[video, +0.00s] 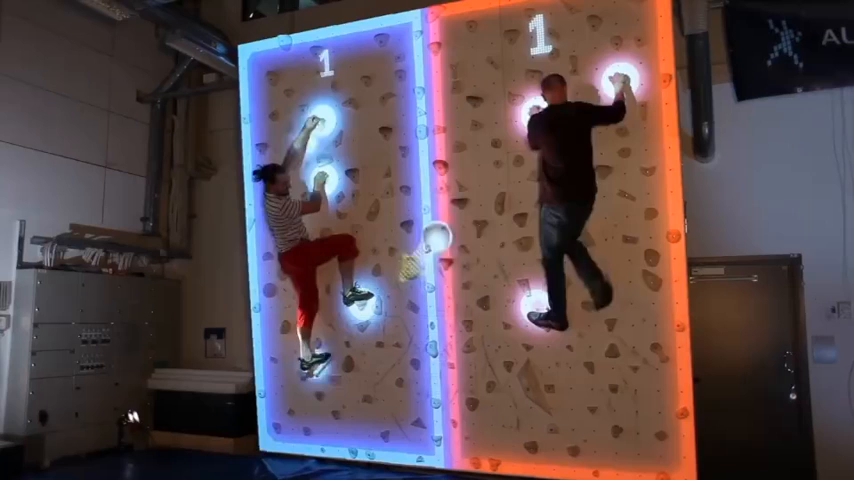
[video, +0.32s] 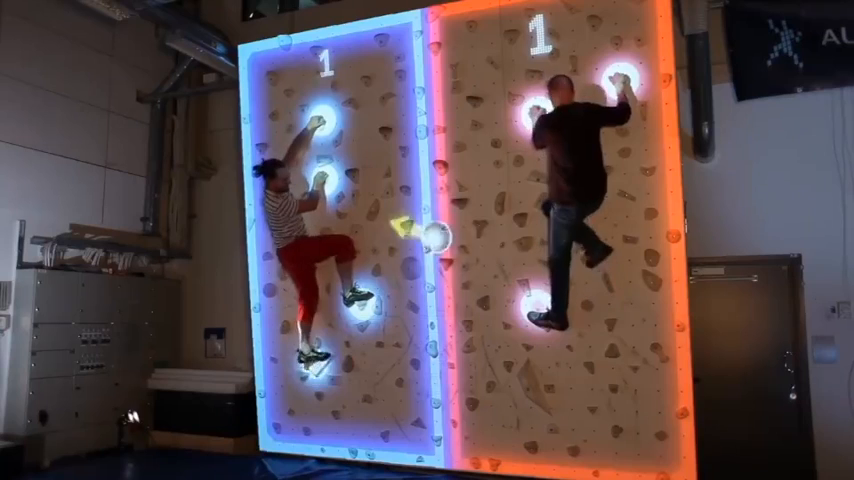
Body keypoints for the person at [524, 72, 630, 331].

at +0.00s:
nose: (560, 94)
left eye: (554, 90)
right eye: (560, 89)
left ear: (544, 94)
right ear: (565, 89)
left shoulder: (539, 121)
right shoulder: (582, 111)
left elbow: (533, 145)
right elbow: (616, 113)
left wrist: (534, 119)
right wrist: (620, 92)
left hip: (556, 199)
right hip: (585, 193)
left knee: (552, 258)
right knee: (570, 242)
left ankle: (557, 315)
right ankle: (600, 289)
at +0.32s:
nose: (559, 95)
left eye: (555, 91)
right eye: (562, 89)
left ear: (550, 95)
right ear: (573, 91)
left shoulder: (550, 121)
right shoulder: (589, 112)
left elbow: (537, 143)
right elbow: (621, 115)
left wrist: (538, 119)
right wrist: (623, 95)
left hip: (568, 199)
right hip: (595, 193)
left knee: (558, 259)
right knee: (552, 209)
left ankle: (558, 315)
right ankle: (595, 247)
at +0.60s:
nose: (552, 101)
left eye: (552, 97)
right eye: (552, 97)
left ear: (558, 96)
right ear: (576, 92)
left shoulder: (558, 125)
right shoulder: (598, 113)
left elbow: (541, 142)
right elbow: (627, 116)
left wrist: (538, 123)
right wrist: (625, 95)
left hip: (579, 203)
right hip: (607, 197)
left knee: (564, 256)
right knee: (565, 218)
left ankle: (558, 315)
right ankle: (606, 262)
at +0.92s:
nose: (558, 103)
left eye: (559, 99)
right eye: (557, 99)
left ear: (568, 97)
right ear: (584, 94)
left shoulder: (566, 126)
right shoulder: (605, 113)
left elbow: (546, 140)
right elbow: (630, 116)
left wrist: (539, 122)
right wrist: (622, 89)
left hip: (589, 203)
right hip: (616, 195)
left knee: (571, 261)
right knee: (567, 211)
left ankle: (558, 315)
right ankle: (609, 259)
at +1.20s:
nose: (556, 97)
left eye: (556, 93)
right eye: (555, 94)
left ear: (565, 85)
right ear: (578, 81)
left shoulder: (567, 114)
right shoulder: (603, 99)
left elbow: (548, 137)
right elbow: (629, 117)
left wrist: (539, 122)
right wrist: (625, 92)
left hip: (596, 188)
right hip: (621, 180)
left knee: (582, 252)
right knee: (576, 207)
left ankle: (585, 317)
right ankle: (611, 261)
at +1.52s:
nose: (556, 88)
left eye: (557, 82)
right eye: (555, 84)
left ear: (565, 78)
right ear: (581, 73)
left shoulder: (569, 104)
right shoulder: (605, 89)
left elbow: (549, 134)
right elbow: (632, 115)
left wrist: (539, 121)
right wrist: (623, 89)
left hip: (602, 178)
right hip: (624, 169)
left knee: (598, 240)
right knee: (579, 203)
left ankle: (663, 262)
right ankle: (613, 262)